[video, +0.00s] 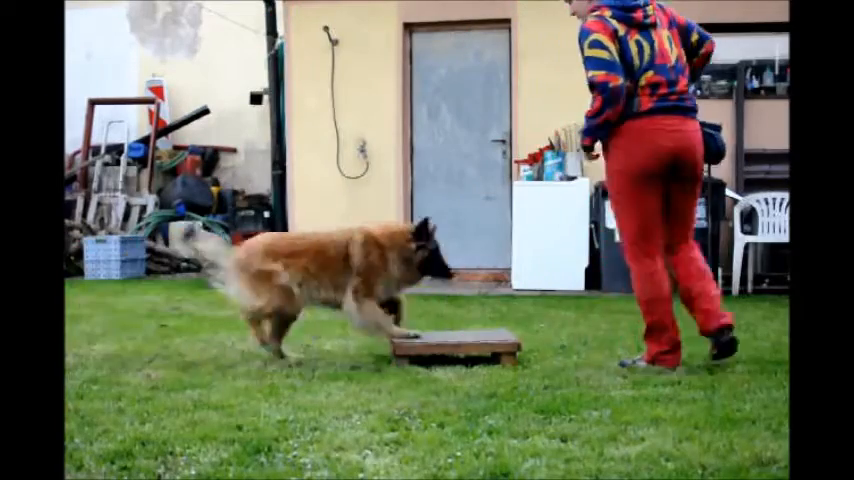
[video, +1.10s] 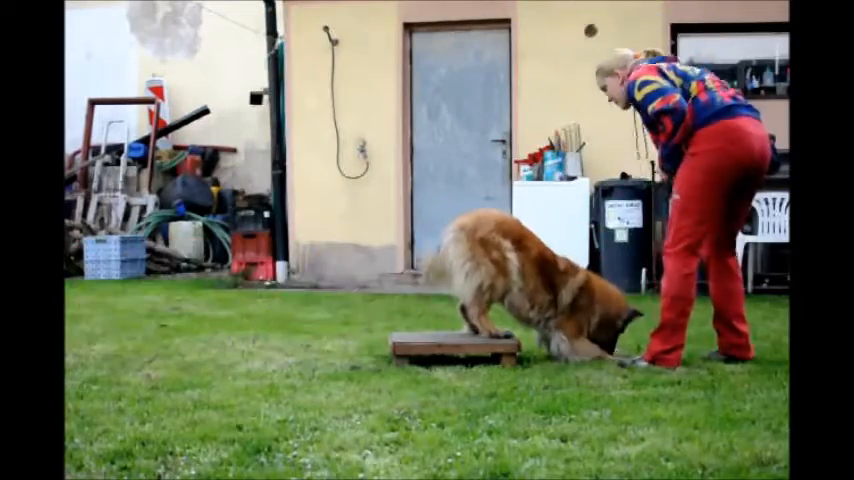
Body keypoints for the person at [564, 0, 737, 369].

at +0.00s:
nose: (570, 10)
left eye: (570, 3)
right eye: (568, 5)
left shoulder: (594, 25)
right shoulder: (660, 12)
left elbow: (611, 87)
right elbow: (703, 45)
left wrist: (589, 134)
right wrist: (678, 86)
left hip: (636, 136)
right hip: (686, 132)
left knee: (643, 252)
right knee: (680, 243)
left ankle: (662, 352)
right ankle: (717, 323)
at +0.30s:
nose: (584, 31)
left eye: (584, 21)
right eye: (580, 24)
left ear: (604, 12)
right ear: (615, 11)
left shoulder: (621, 36)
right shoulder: (660, 37)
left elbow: (644, 92)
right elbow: (694, 94)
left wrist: (629, 133)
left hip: (674, 137)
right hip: (713, 134)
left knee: (652, 250)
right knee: (703, 248)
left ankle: (662, 354)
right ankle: (735, 344)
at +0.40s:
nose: (582, 57)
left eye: (583, 48)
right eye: (579, 50)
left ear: (604, 37)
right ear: (606, 40)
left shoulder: (627, 51)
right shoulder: (652, 49)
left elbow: (656, 103)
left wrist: (644, 153)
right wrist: (644, 211)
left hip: (693, 140)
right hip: (729, 140)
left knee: (657, 248)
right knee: (704, 248)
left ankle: (662, 354)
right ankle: (734, 345)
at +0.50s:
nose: (585, 115)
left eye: (584, 105)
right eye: (581, 109)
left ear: (601, 92)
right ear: (602, 96)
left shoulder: (629, 87)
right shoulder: (631, 130)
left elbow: (674, 117)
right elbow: (637, 194)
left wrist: (661, 173)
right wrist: (624, 266)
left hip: (718, 144)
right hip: (745, 148)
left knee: (664, 245)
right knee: (705, 253)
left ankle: (662, 354)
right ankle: (735, 347)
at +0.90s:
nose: (599, 155)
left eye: (596, 146)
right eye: (594, 150)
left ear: (607, 129)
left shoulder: (632, 113)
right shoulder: (647, 156)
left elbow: (678, 127)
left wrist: (673, 181)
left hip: (725, 144)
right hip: (758, 148)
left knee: (673, 250)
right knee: (714, 252)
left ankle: (663, 354)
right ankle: (735, 346)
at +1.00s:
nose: (602, 122)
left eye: (600, 112)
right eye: (598, 116)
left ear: (613, 97)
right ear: (615, 99)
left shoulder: (635, 92)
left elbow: (675, 118)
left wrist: (671, 172)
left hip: (722, 139)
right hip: (758, 142)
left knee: (676, 249)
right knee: (717, 249)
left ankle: (663, 354)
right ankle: (736, 347)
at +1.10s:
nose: (608, 97)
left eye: (605, 89)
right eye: (604, 92)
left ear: (621, 75)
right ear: (622, 75)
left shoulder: (641, 76)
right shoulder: (668, 69)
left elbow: (674, 109)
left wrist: (666, 161)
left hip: (720, 136)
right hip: (755, 136)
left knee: (680, 250)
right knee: (721, 247)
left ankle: (663, 354)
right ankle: (736, 346)